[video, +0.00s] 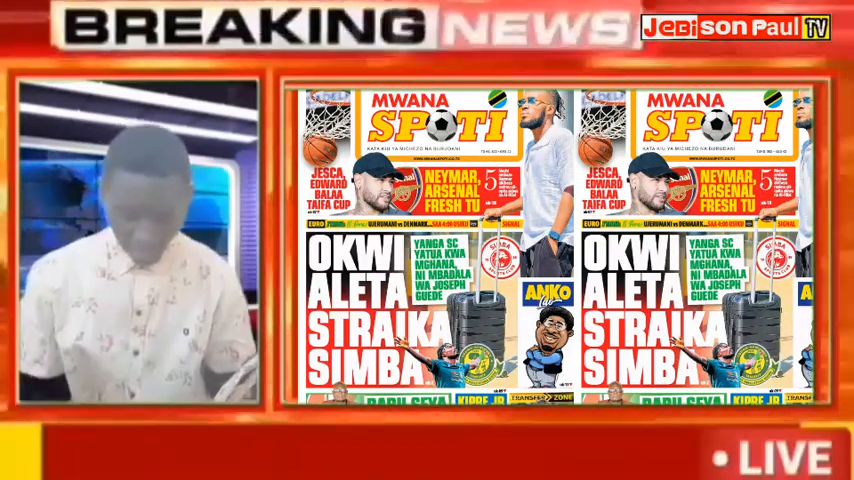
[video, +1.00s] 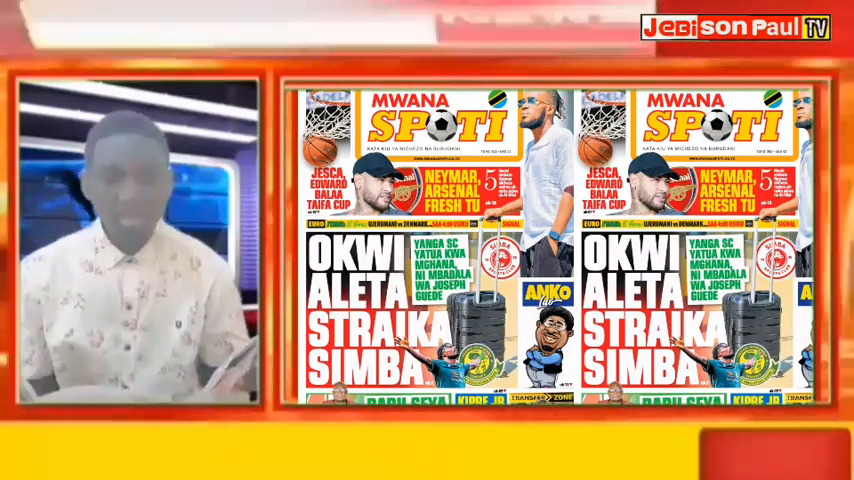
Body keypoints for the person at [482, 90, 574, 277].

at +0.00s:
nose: (523, 107)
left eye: (531, 101)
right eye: (522, 103)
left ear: (549, 110)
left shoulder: (563, 138)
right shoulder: (531, 147)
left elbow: (571, 192)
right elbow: (532, 196)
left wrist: (553, 238)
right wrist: (502, 211)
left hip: (552, 242)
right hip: (530, 243)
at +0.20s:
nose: (523, 107)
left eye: (531, 101)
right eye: (522, 103)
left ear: (549, 110)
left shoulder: (563, 138)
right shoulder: (531, 147)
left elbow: (571, 192)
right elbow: (532, 196)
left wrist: (553, 238)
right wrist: (502, 211)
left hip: (552, 242)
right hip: (530, 243)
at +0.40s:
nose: (523, 107)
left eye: (531, 101)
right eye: (522, 103)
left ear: (549, 110)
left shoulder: (563, 138)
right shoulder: (531, 147)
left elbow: (571, 192)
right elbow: (532, 196)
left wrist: (553, 238)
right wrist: (502, 211)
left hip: (552, 242)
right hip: (530, 243)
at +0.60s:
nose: (523, 107)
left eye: (531, 101)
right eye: (522, 103)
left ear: (549, 110)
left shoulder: (563, 138)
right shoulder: (531, 147)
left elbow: (571, 192)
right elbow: (532, 196)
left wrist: (553, 238)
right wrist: (502, 211)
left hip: (552, 242)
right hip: (530, 243)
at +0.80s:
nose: (523, 107)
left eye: (531, 101)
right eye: (522, 103)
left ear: (549, 110)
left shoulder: (563, 138)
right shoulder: (531, 147)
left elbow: (571, 192)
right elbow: (532, 196)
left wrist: (553, 238)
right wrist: (502, 211)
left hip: (552, 242)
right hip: (530, 243)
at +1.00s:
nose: (523, 107)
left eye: (531, 101)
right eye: (522, 103)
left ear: (549, 110)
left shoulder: (563, 138)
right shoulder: (531, 147)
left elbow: (571, 192)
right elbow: (532, 196)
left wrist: (553, 238)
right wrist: (502, 211)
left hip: (552, 242)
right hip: (530, 243)